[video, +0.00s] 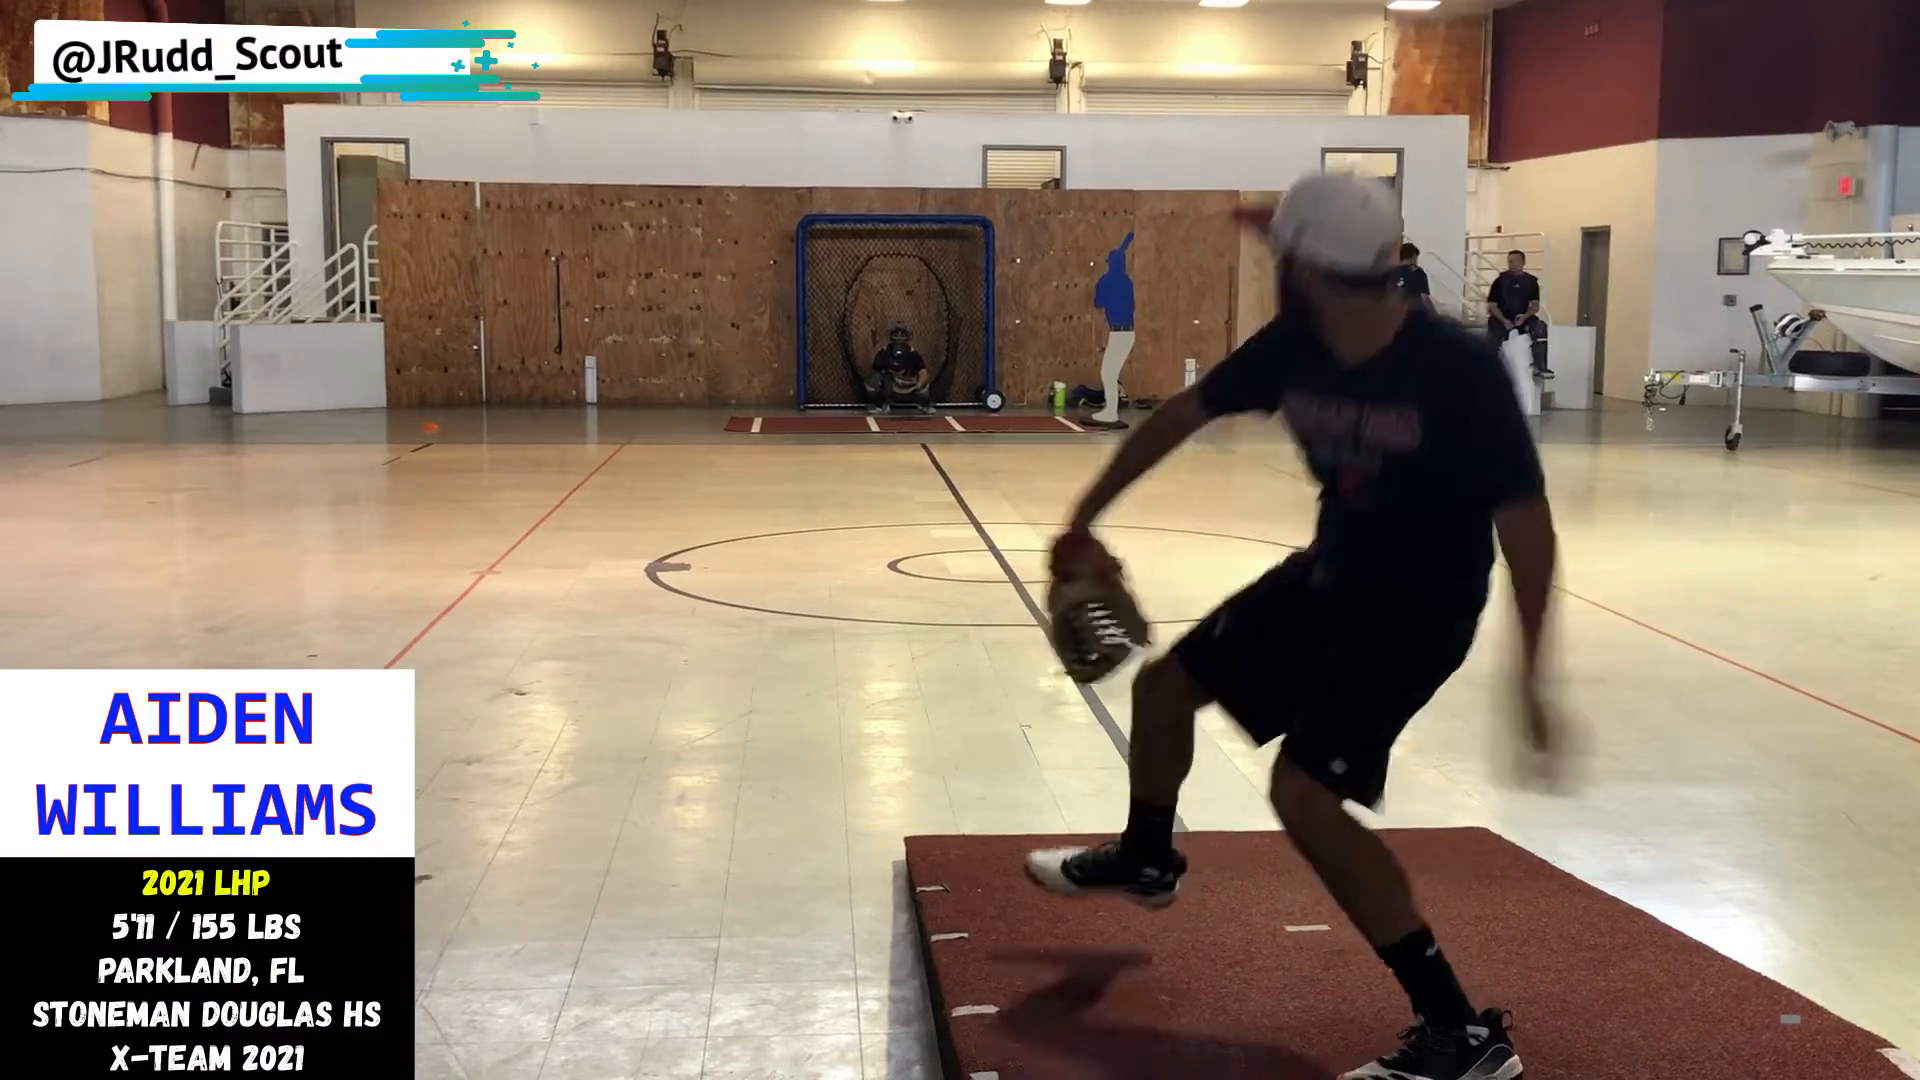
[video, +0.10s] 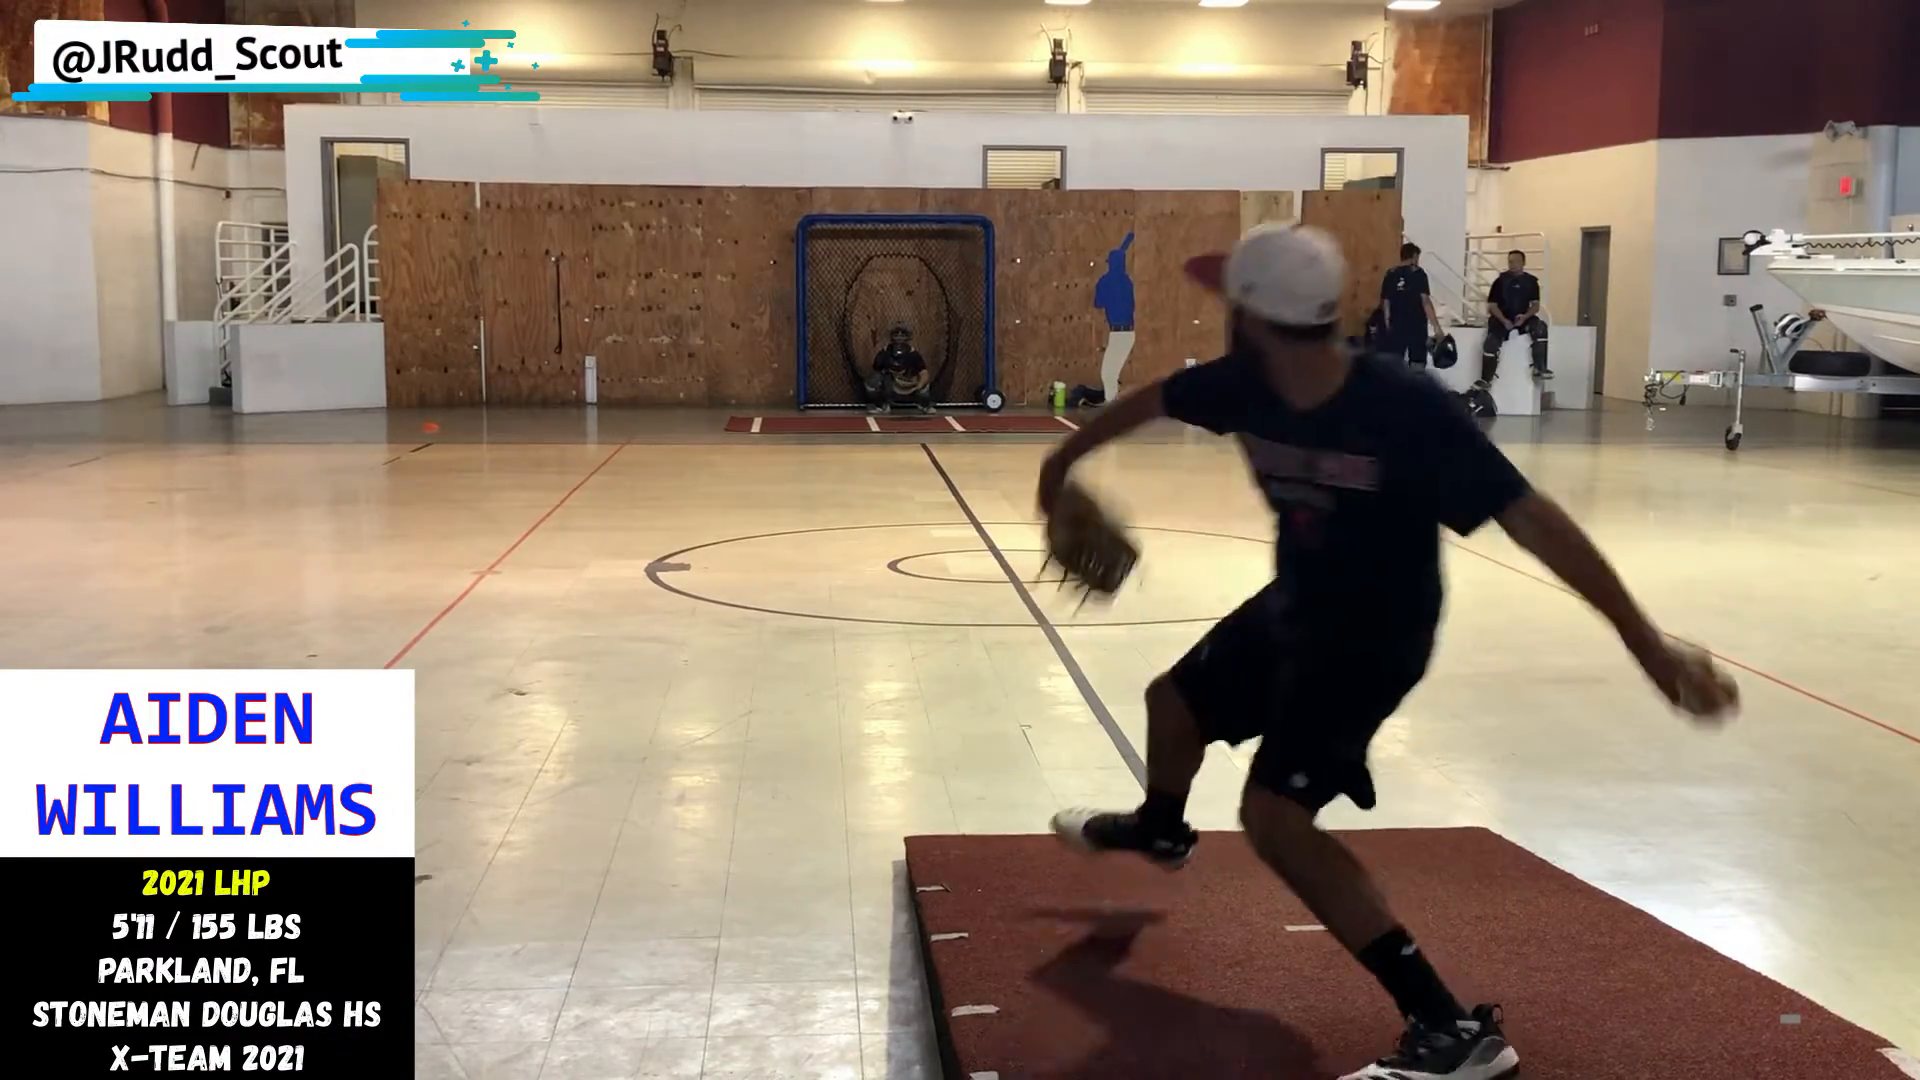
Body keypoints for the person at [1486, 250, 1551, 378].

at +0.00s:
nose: (1513, 265)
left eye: (1516, 261)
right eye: (1510, 261)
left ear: (1523, 263)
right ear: (1507, 263)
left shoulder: (1531, 280)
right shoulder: (1501, 280)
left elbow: (1535, 304)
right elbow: (1492, 305)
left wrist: (1525, 316)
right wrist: (1504, 320)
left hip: (1523, 318)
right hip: (1502, 317)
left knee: (1540, 327)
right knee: (1495, 330)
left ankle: (1540, 366)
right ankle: (1489, 366)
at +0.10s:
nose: (1513, 265)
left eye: (1516, 262)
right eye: (1510, 262)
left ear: (1523, 263)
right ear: (1508, 263)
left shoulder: (1531, 281)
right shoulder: (1500, 281)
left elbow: (1535, 305)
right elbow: (1492, 305)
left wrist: (1525, 316)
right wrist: (1504, 321)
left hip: (1523, 317)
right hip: (1502, 318)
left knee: (1540, 328)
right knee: (1491, 341)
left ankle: (1540, 368)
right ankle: (1486, 379)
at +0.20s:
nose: (1512, 264)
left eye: (1515, 261)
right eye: (1510, 262)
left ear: (1523, 263)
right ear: (1507, 263)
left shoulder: (1531, 281)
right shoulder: (1500, 281)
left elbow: (1535, 305)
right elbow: (1492, 305)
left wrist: (1525, 316)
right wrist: (1504, 321)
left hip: (1523, 317)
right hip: (1502, 317)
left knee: (1540, 329)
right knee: (1491, 340)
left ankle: (1540, 369)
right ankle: (1486, 379)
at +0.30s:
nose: (1512, 264)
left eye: (1515, 261)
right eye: (1510, 261)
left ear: (1523, 263)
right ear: (1507, 263)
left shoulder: (1531, 281)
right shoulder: (1500, 281)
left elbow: (1535, 305)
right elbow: (1492, 305)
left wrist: (1525, 316)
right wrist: (1504, 321)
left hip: (1523, 317)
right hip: (1502, 317)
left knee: (1540, 329)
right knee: (1492, 341)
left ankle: (1540, 369)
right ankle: (1486, 379)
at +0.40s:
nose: (1512, 264)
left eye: (1516, 261)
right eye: (1510, 261)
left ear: (1523, 263)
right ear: (1507, 263)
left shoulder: (1531, 281)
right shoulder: (1500, 281)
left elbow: (1535, 305)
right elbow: (1492, 305)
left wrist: (1525, 316)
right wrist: (1504, 321)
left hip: (1523, 317)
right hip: (1502, 317)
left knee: (1540, 329)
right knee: (1492, 341)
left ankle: (1540, 369)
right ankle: (1486, 379)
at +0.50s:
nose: (1511, 264)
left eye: (1515, 261)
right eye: (1509, 261)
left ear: (1522, 262)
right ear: (1507, 262)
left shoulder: (1531, 281)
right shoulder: (1499, 281)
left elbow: (1535, 305)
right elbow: (1492, 305)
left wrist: (1525, 316)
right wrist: (1504, 321)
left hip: (1523, 317)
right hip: (1502, 318)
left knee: (1540, 329)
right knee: (1491, 341)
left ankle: (1540, 369)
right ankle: (1486, 379)